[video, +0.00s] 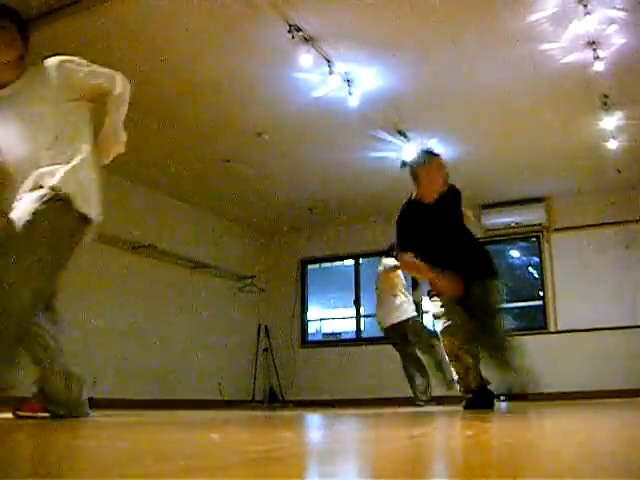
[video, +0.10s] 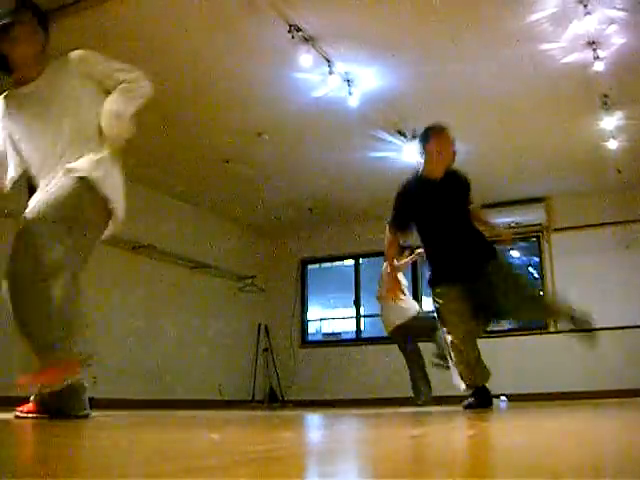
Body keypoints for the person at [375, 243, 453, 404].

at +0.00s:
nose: (411, 258)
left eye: (410, 256)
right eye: (407, 255)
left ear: (387, 253)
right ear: (398, 253)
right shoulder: (389, 263)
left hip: (388, 323)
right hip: (403, 315)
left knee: (409, 357)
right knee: (432, 343)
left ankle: (421, 395)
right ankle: (450, 381)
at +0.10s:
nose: (403, 257)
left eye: (404, 254)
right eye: (403, 253)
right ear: (398, 252)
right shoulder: (390, 270)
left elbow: (379, 297)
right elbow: (395, 266)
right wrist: (414, 257)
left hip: (394, 325)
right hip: (405, 317)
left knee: (414, 360)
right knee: (436, 323)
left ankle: (422, 394)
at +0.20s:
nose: (412, 252)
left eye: (413, 249)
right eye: (410, 248)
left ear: (400, 248)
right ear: (400, 246)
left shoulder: (386, 266)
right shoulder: (392, 258)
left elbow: (374, 278)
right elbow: (395, 253)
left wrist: (386, 286)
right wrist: (415, 256)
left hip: (387, 311)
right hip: (396, 301)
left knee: (410, 353)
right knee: (425, 309)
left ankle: (419, 393)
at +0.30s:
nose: (416, 252)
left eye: (417, 249)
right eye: (416, 248)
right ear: (411, 243)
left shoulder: (394, 260)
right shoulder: (398, 248)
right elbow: (407, 245)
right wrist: (415, 260)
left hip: (377, 307)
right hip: (387, 296)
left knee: (411, 346)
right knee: (418, 315)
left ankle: (399, 385)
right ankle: (392, 338)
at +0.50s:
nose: (421, 276)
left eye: (423, 272)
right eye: (421, 270)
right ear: (414, 267)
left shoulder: (403, 288)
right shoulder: (400, 271)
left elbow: (397, 316)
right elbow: (413, 269)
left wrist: (406, 333)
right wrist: (425, 256)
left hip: (380, 321)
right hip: (369, 318)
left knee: (392, 358)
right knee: (385, 355)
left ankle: (387, 392)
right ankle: (368, 391)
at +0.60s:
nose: (420, 299)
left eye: (423, 296)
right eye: (421, 294)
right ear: (417, 289)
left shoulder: (399, 308)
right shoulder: (401, 290)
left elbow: (398, 336)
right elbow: (404, 287)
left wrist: (407, 360)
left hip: (366, 323)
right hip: (356, 318)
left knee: (384, 355)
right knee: (373, 354)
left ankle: (380, 391)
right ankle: (365, 393)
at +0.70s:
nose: (421, 318)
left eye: (424, 315)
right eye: (422, 313)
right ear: (416, 308)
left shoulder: (398, 328)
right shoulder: (398, 305)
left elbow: (397, 357)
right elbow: (391, 298)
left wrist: (398, 386)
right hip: (351, 321)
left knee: (372, 361)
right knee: (371, 355)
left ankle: (337, 384)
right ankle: (363, 396)